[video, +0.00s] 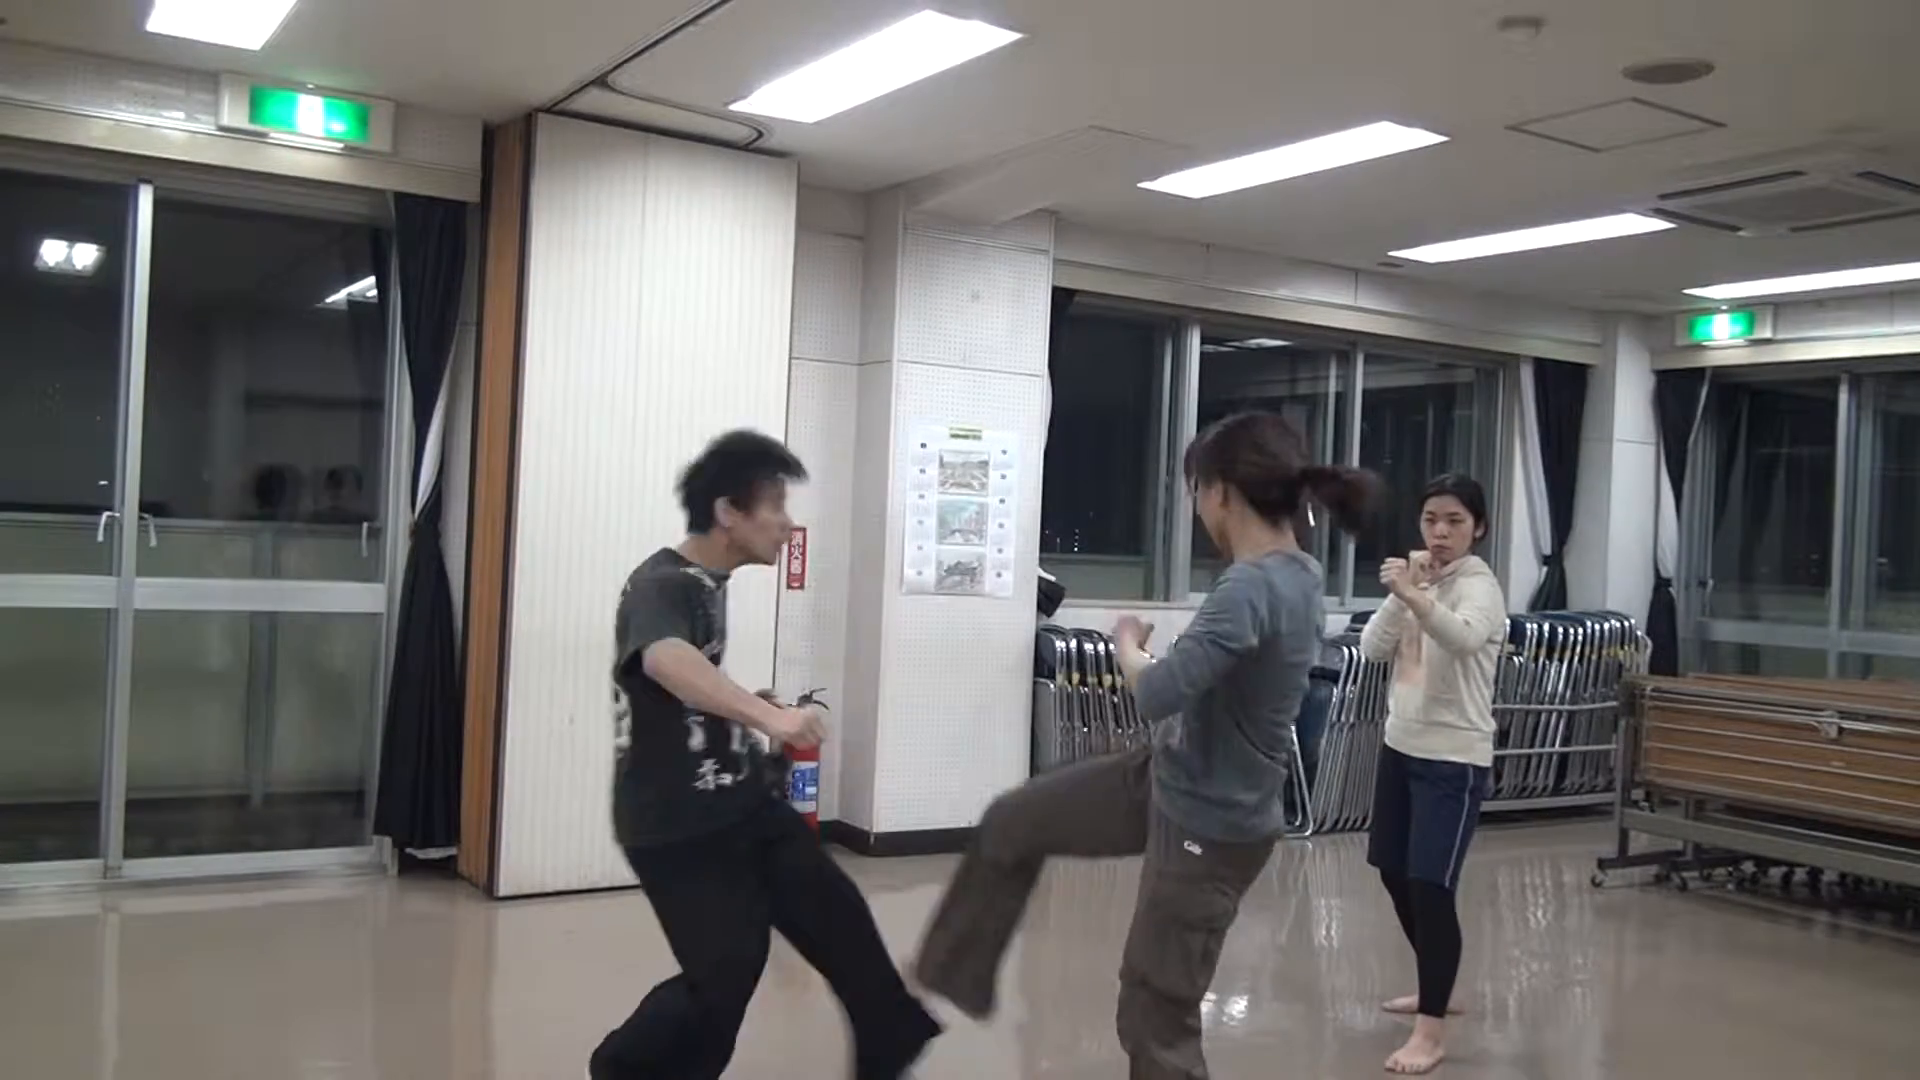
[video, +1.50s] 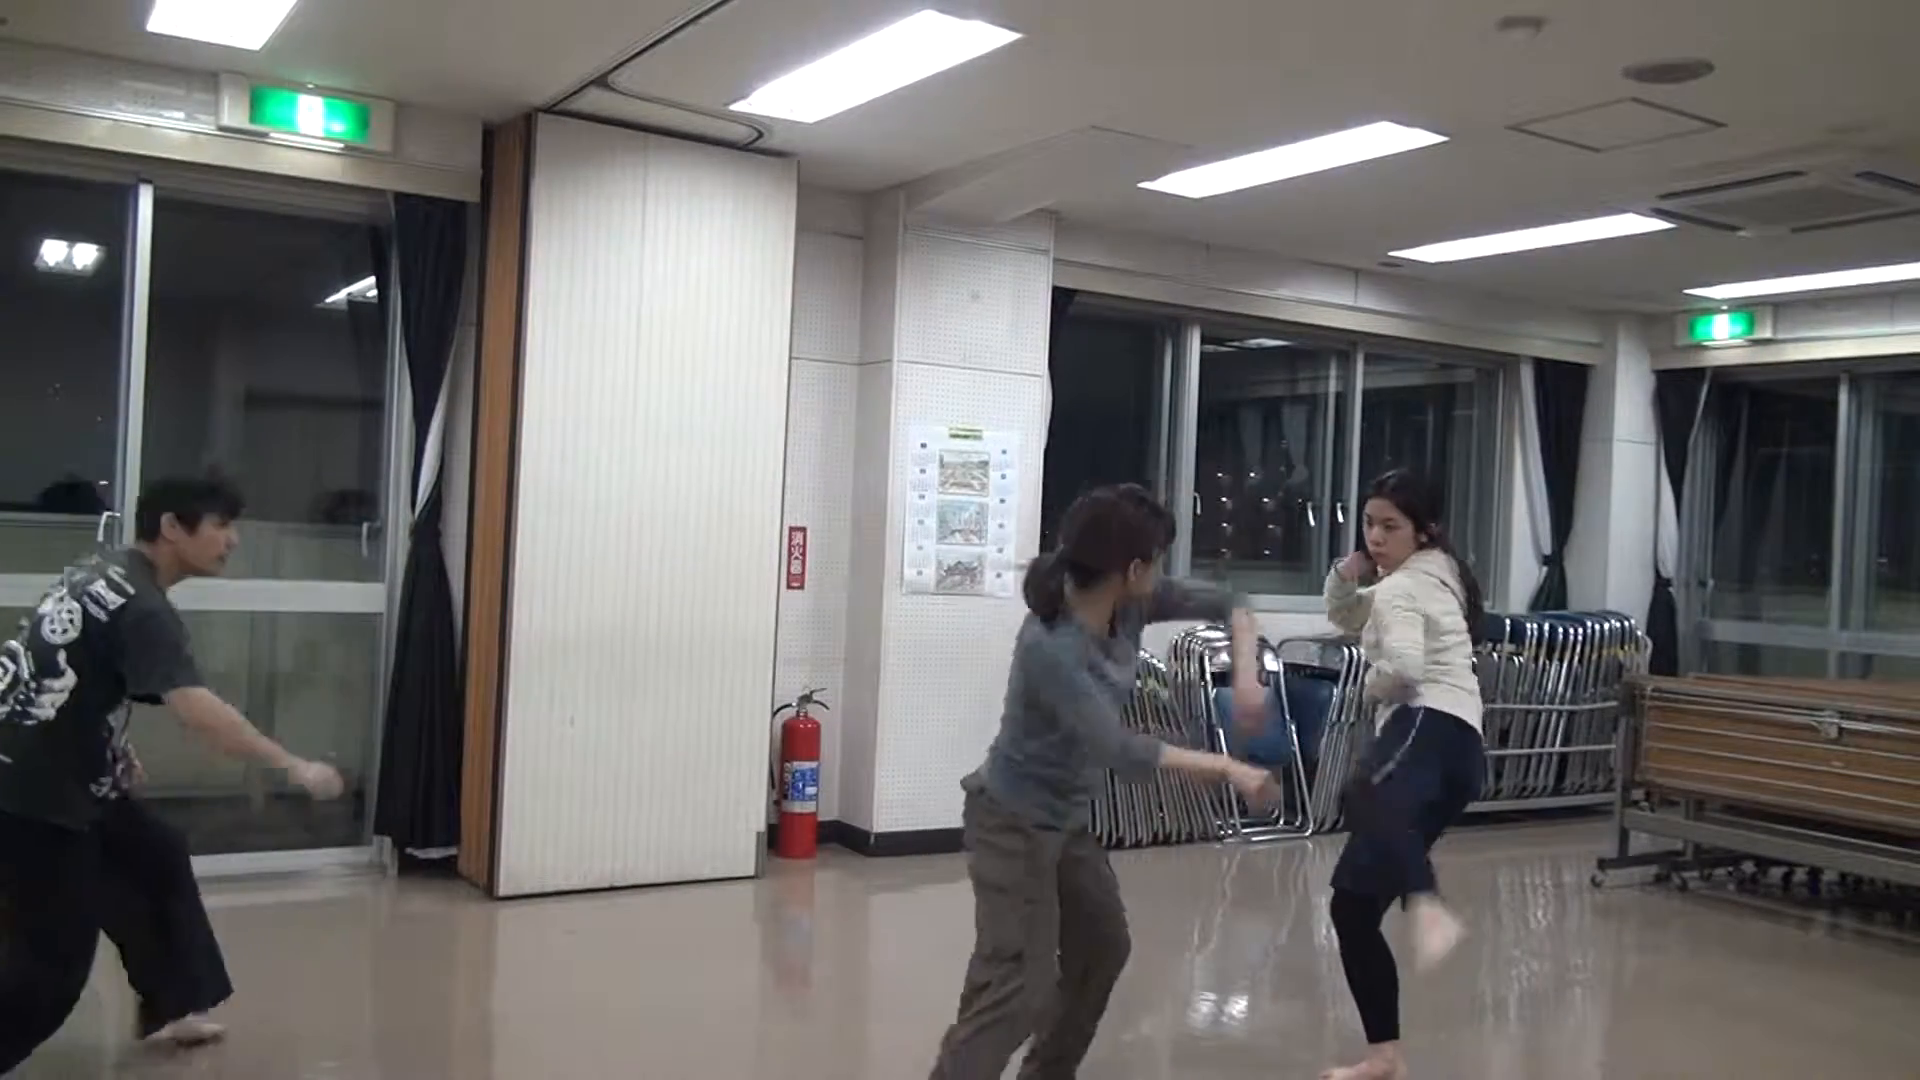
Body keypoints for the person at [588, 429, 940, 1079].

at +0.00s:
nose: (789, 525)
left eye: (786, 509)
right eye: (776, 508)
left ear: (735, 516)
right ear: (727, 514)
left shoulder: (709, 585)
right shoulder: (661, 583)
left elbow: (687, 686)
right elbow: (666, 660)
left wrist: (756, 706)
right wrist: (768, 718)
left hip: (744, 804)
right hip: (677, 822)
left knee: (836, 914)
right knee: (726, 970)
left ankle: (892, 1044)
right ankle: (623, 1067)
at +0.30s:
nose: (660, 675)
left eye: (659, 661)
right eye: (653, 661)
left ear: (601, 658)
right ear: (609, 662)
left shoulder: (521, 672)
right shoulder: (540, 700)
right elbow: (547, 807)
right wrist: (622, 909)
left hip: (366, 825)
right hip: (402, 838)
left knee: (399, 943)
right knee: (524, 917)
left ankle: (271, 1017)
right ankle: (596, 1065)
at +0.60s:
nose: (477, 869)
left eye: (487, 857)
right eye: (482, 851)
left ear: (445, 807)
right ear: (456, 822)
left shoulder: (366, 780)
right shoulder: (399, 854)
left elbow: (253, 767)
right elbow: (407, 972)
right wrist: (441, 1061)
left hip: (178, 824)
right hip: (173, 876)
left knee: (313, 898)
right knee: (205, 1036)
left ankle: (260, 1030)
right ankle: (53, 1026)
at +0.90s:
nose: (370, 803)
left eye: (374, 790)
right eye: (369, 785)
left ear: (316, 765)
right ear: (329, 768)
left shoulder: (243, 768)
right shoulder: (271, 821)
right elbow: (269, 949)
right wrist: (295, 1057)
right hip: (67, 918)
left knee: (226, 908)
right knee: (134, 1056)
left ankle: (227, 1029)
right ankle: (6, 1031)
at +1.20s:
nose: (300, 660)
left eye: (300, 646)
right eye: (291, 645)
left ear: (245, 648)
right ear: (244, 648)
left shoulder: (170, 689)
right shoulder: (208, 715)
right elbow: (154, 789)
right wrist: (145, 914)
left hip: (44, 869)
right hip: (76, 882)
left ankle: (225, 1030)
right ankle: (223, 1028)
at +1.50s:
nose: (231, 541)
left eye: (231, 527)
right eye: (221, 527)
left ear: (166, 531)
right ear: (171, 528)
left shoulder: (101, 569)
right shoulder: (142, 605)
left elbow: (54, 669)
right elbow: (196, 710)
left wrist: (105, 746)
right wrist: (292, 765)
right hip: (37, 801)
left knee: (155, 850)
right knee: (46, 975)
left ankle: (167, 1012)